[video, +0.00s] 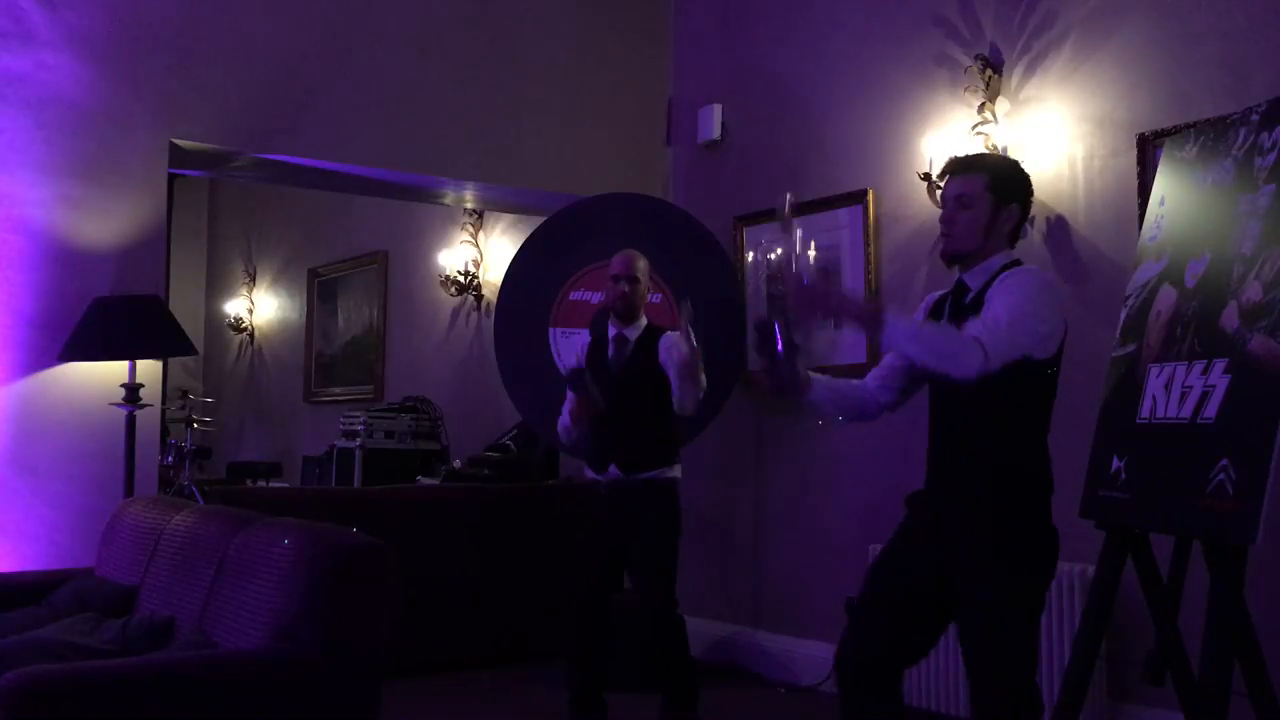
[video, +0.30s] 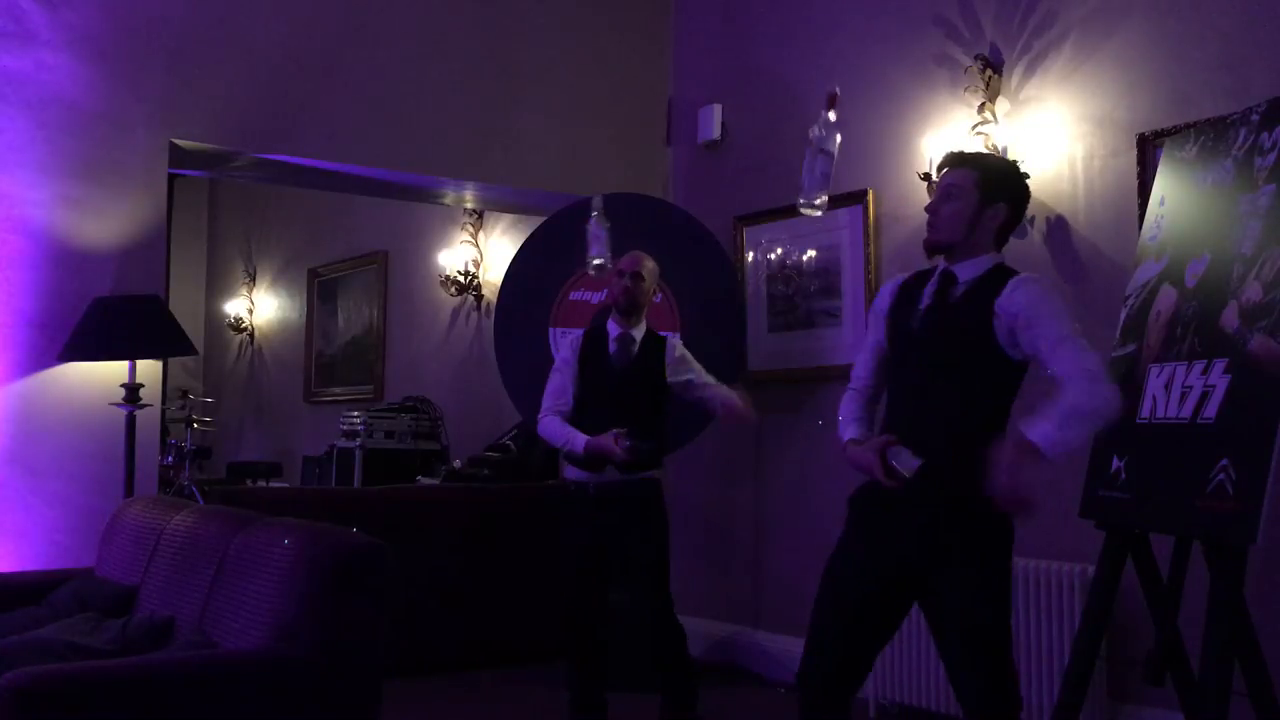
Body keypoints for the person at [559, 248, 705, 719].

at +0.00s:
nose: (621, 287)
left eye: (631, 280)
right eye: (615, 279)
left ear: (647, 289)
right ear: (605, 287)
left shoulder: (667, 343)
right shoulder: (592, 347)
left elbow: (689, 404)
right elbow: (569, 428)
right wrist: (573, 420)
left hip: (654, 489)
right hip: (601, 490)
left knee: (657, 601)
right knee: (594, 601)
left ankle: (677, 705)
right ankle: (589, 704)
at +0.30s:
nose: (627, 284)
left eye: (638, 278)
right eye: (621, 275)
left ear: (654, 292)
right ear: (609, 282)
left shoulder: (667, 350)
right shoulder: (577, 346)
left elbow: (711, 391)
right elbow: (547, 420)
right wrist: (588, 445)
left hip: (641, 494)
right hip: (585, 494)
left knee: (652, 607)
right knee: (585, 610)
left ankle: (678, 707)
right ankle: (587, 708)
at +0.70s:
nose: (647, 323)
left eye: (656, 318)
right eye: (641, 312)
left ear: (663, 329)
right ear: (624, 314)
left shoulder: (633, 370)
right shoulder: (594, 354)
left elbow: (609, 435)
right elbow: (559, 422)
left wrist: (617, 488)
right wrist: (587, 482)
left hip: (608, 499)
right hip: (570, 496)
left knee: (645, 597)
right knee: (575, 600)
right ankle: (561, 700)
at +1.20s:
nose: (579, 303)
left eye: (589, 295)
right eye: (575, 295)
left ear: (612, 300)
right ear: (569, 298)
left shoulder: (633, 358)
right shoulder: (550, 352)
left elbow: (686, 410)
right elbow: (503, 405)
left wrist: (730, 472)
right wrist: (483, 378)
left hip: (605, 498)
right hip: (550, 497)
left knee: (621, 605)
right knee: (560, 609)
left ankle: (646, 702)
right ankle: (572, 704)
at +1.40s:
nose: (563, 302)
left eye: (572, 293)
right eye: (557, 294)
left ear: (596, 294)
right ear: (553, 297)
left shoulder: (619, 345)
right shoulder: (550, 351)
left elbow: (658, 402)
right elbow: (536, 410)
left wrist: (684, 465)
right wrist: (511, 431)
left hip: (609, 490)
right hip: (558, 491)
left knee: (621, 598)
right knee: (563, 600)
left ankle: (647, 698)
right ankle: (573, 698)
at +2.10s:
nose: (608, 290)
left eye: (620, 283)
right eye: (606, 280)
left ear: (645, 292)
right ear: (601, 284)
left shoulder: (661, 349)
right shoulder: (593, 337)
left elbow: (630, 407)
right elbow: (541, 374)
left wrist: (609, 341)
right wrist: (534, 298)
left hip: (630, 490)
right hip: (578, 486)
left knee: (639, 605)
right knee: (572, 604)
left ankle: (663, 708)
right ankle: (575, 704)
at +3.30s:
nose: (607, 313)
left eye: (614, 303)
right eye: (603, 305)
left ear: (638, 300)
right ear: (608, 307)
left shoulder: (679, 353)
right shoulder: (606, 349)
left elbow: (726, 403)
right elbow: (601, 403)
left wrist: (688, 442)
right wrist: (567, 449)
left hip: (659, 491)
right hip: (610, 487)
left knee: (655, 597)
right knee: (596, 594)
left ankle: (670, 701)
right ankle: (588, 700)